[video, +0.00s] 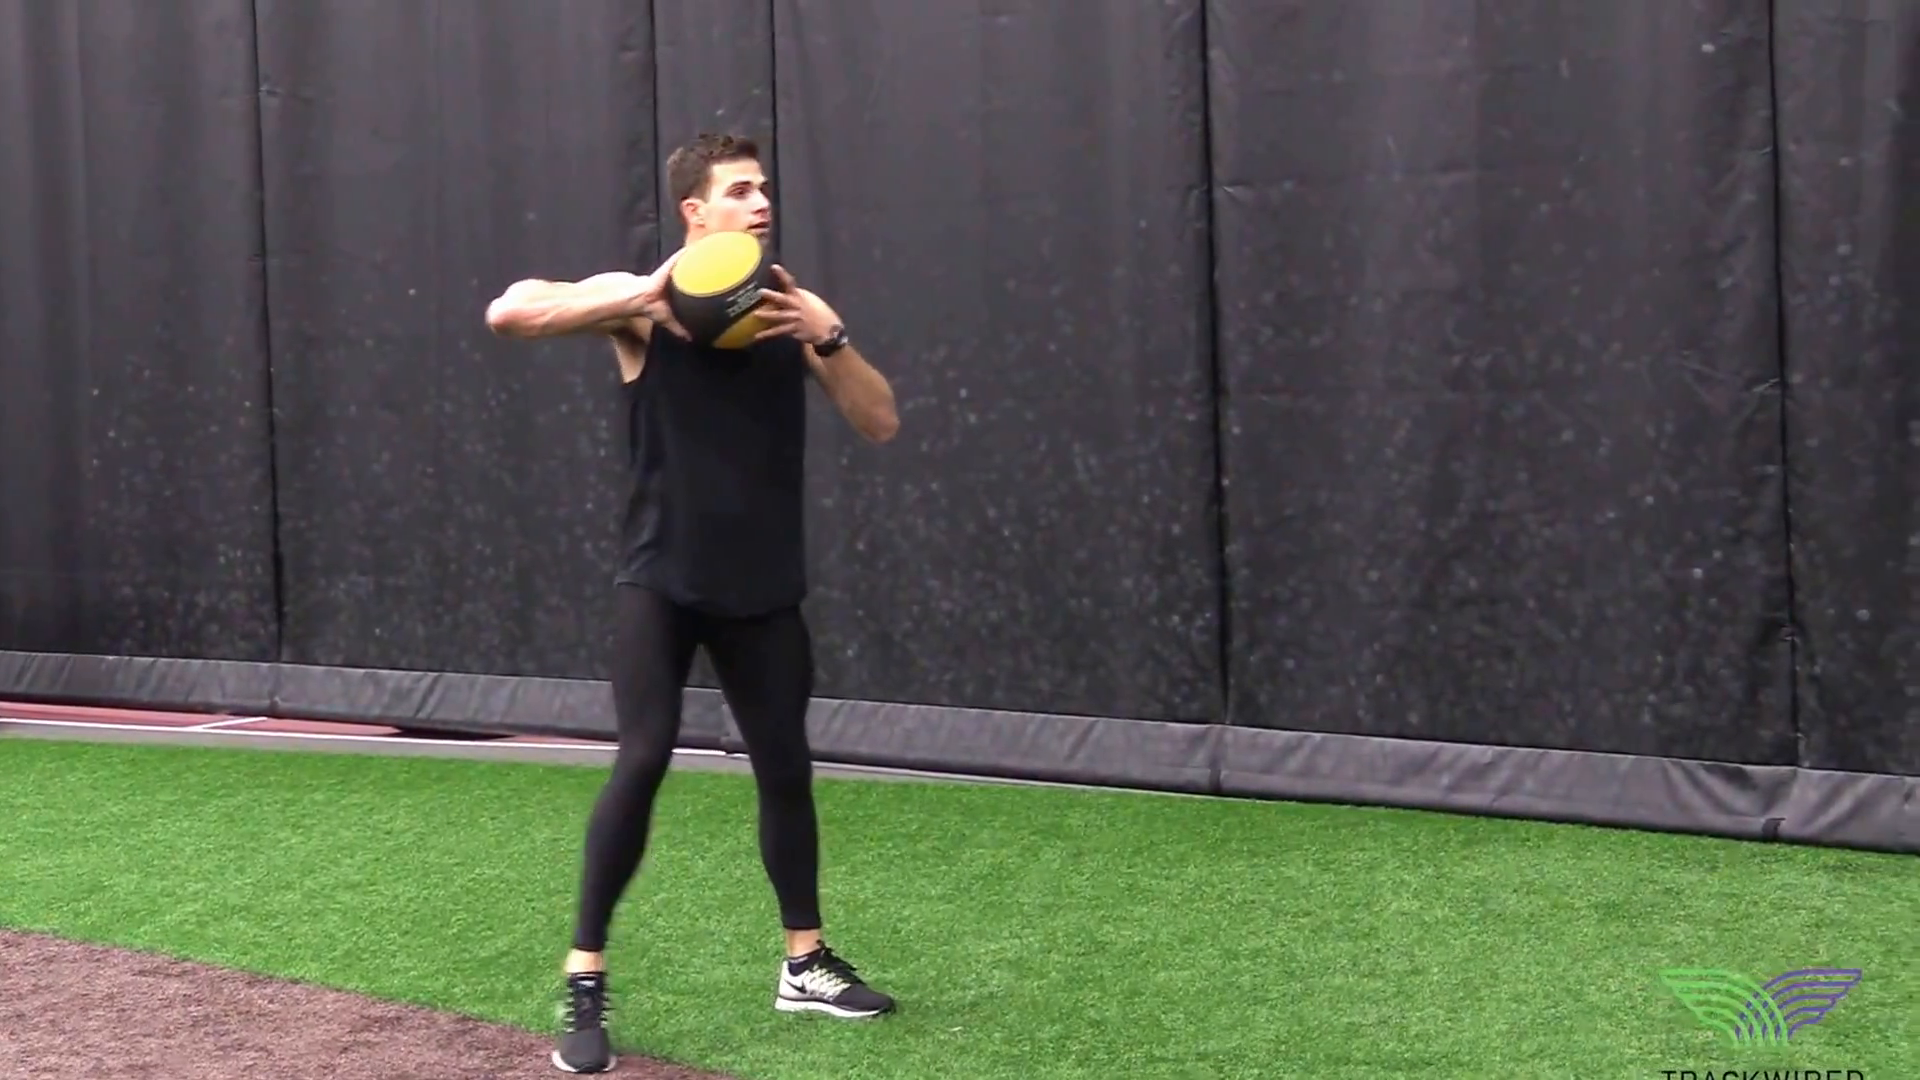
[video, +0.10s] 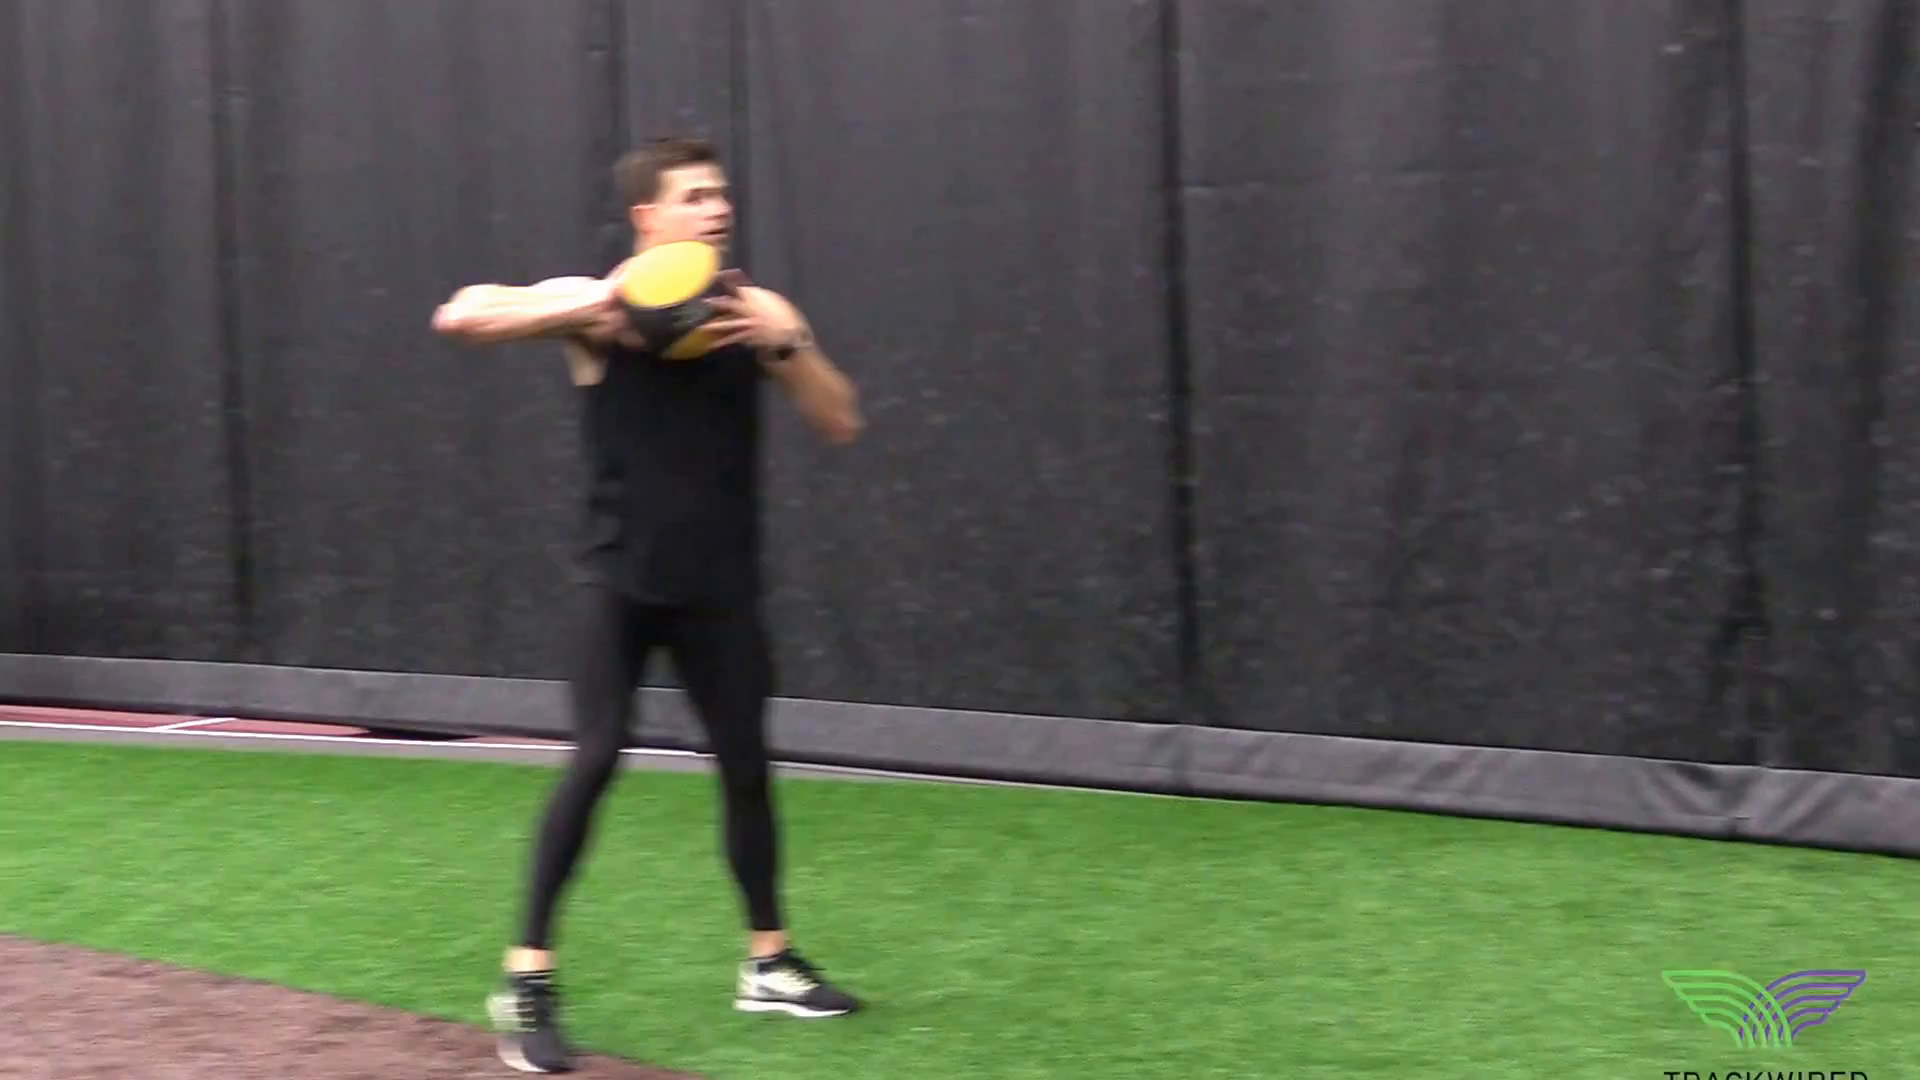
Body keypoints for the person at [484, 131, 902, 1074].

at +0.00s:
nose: (760, 207)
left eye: (765, 194)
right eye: (740, 193)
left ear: (769, 213)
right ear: (692, 209)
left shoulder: (791, 309)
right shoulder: (640, 295)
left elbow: (881, 421)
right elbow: (508, 311)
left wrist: (832, 339)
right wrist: (631, 300)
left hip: (762, 579)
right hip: (660, 574)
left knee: (787, 767)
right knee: (644, 755)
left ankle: (806, 960)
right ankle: (585, 975)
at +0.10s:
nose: (716, 213)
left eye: (721, 198)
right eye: (695, 199)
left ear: (728, 214)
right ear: (643, 216)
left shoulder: (751, 308)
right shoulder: (597, 302)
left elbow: (841, 422)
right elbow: (457, 314)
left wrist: (792, 342)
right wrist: (578, 313)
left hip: (720, 585)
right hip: (618, 582)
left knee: (747, 765)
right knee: (596, 753)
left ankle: (771, 959)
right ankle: (528, 972)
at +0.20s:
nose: (662, 220)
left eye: (667, 205)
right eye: (640, 206)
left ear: (676, 219)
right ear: (588, 223)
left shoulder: (705, 312)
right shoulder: (542, 307)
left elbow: (794, 425)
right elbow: (401, 320)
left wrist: (742, 345)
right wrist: (538, 319)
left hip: (672, 580)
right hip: (569, 578)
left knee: (703, 764)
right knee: (542, 754)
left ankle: (728, 960)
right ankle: (466, 975)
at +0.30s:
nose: (615, 230)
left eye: (619, 213)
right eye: (594, 216)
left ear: (627, 224)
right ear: (543, 233)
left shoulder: (668, 315)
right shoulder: (498, 312)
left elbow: (750, 428)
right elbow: (355, 331)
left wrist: (685, 360)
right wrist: (482, 333)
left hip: (639, 588)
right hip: (530, 584)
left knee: (671, 772)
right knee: (496, 761)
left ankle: (698, 962)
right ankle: (420, 980)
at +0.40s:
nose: (578, 242)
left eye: (581, 225)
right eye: (557, 229)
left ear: (589, 235)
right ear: (508, 247)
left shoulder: (631, 323)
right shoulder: (463, 324)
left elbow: (717, 437)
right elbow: (314, 341)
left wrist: (637, 377)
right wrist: (435, 345)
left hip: (608, 597)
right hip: (501, 595)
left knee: (653, 776)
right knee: (464, 773)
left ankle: (681, 962)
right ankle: (391, 990)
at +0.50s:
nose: (551, 257)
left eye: (554, 239)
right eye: (529, 246)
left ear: (562, 246)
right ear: (480, 265)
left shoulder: (608, 333)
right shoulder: (442, 338)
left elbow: (696, 449)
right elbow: (287, 354)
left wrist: (612, 397)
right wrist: (400, 362)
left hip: (592, 604)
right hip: (484, 604)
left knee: (648, 775)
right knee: (449, 782)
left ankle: (682, 962)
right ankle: (378, 994)